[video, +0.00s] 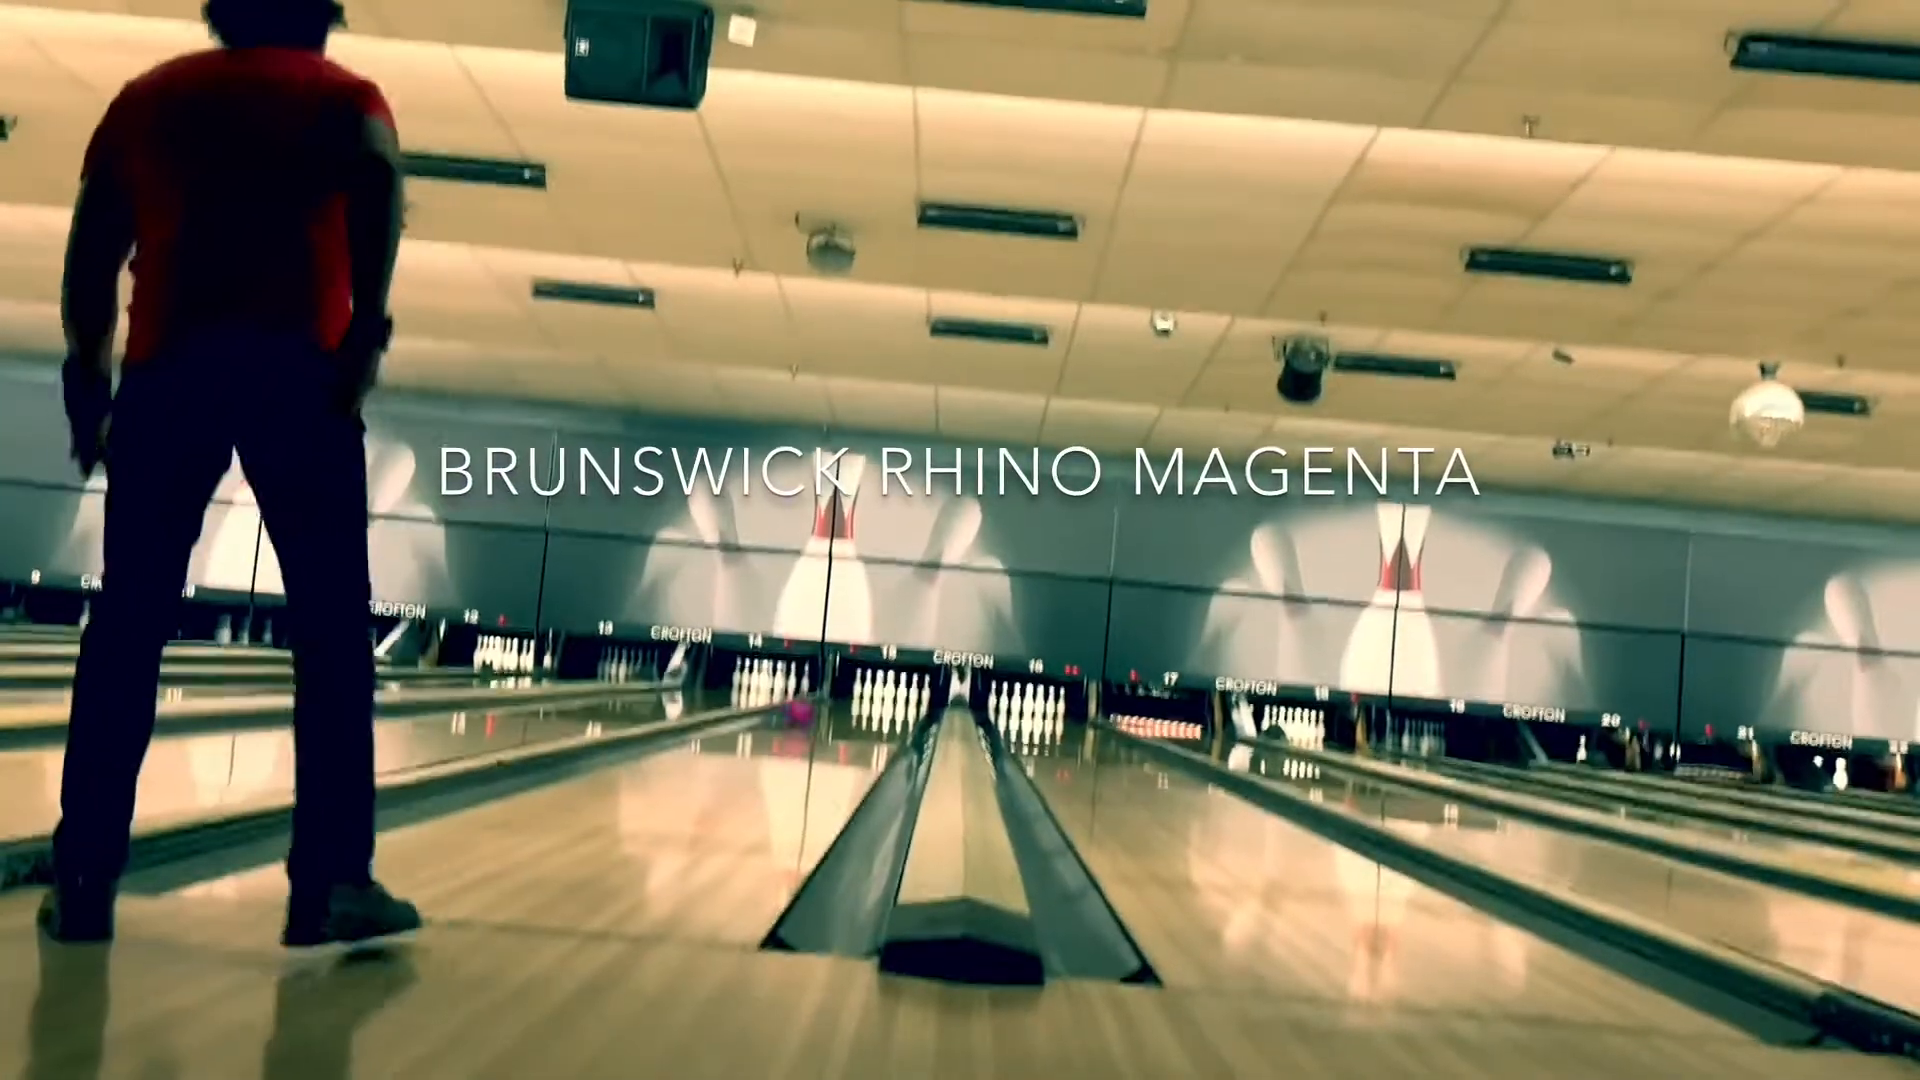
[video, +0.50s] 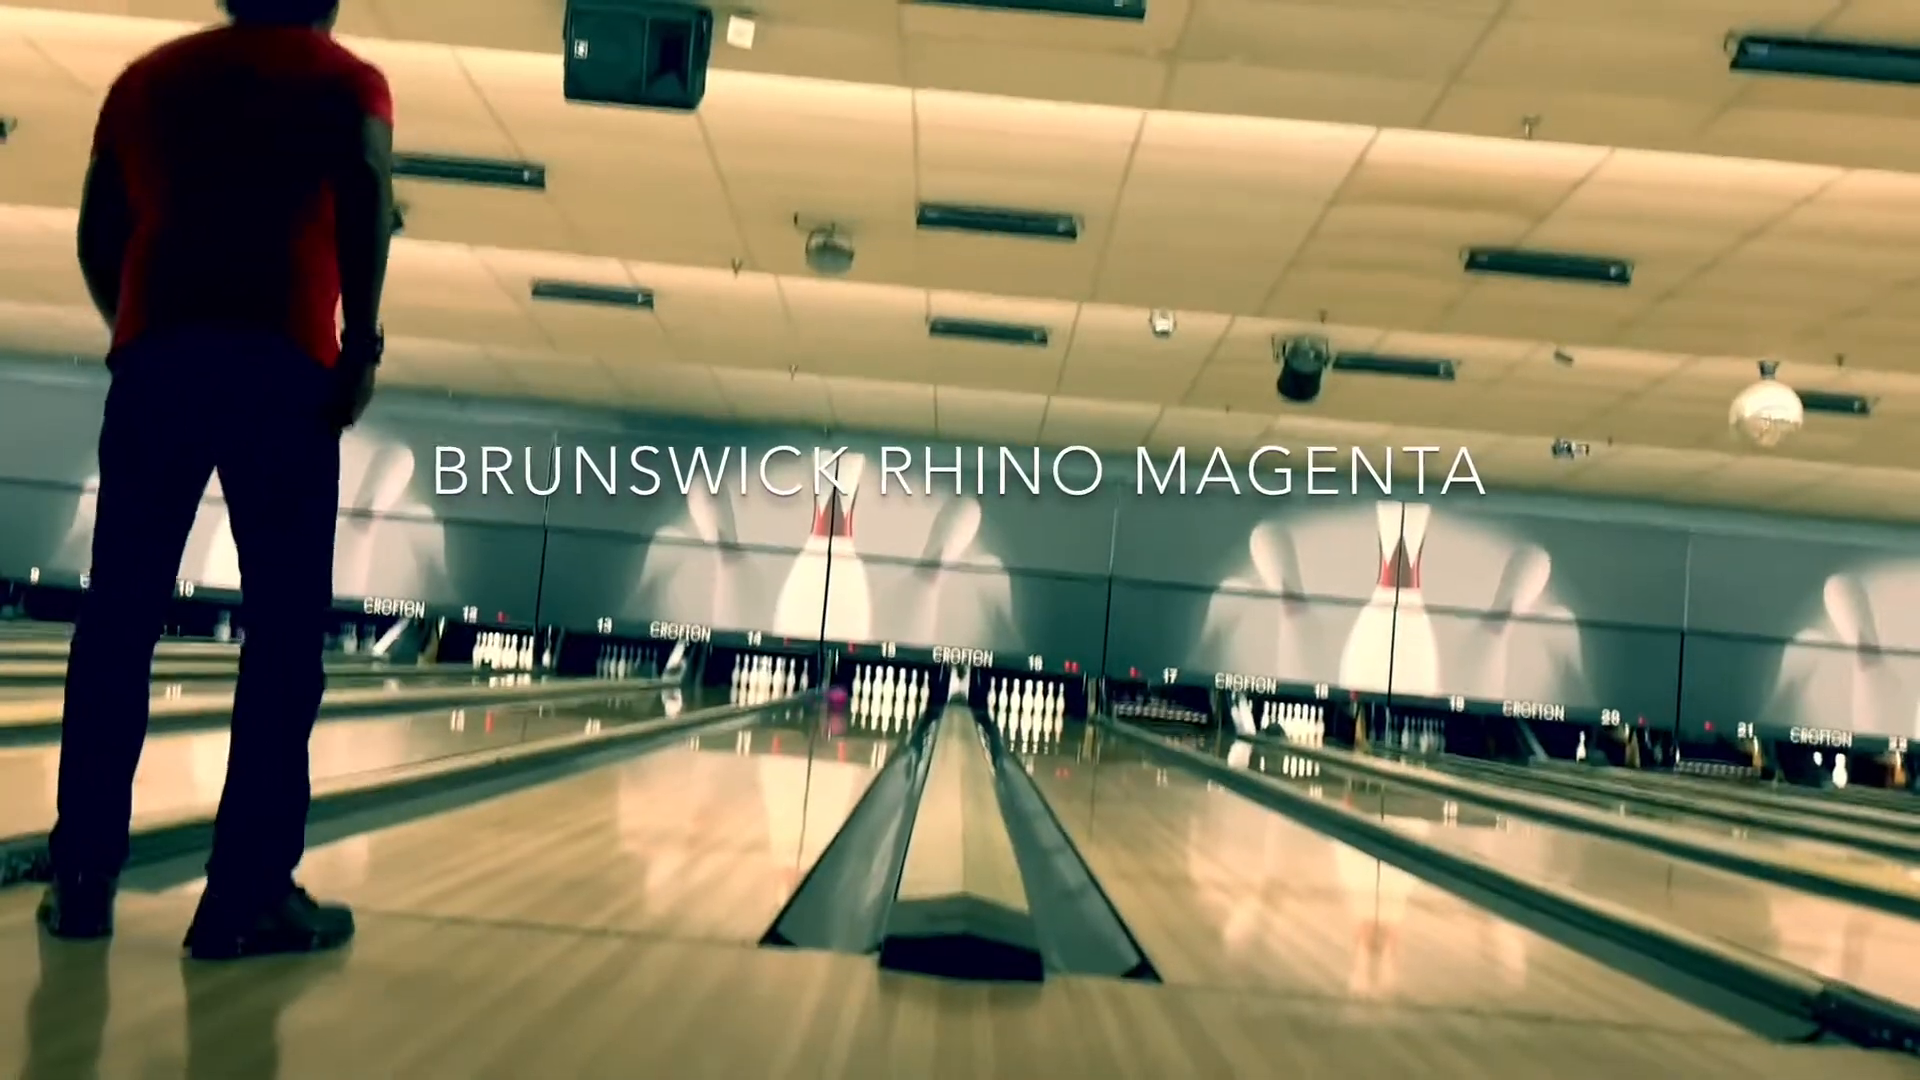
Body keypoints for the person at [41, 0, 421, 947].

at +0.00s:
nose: (328, 34)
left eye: (319, 29)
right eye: (328, 24)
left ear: (218, 18)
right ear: (320, 23)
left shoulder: (145, 99)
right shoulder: (353, 100)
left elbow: (91, 262)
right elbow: (376, 244)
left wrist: (87, 386)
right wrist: (354, 371)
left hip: (167, 382)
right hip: (301, 384)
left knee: (127, 621)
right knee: (334, 636)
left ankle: (83, 887)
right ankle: (331, 883)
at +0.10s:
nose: (322, 21)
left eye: (315, 16)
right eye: (320, 13)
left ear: (207, 7)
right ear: (312, 12)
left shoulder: (133, 90)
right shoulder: (340, 94)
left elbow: (78, 251)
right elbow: (354, 259)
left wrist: (98, 360)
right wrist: (333, 380)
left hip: (150, 381)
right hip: (284, 383)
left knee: (119, 627)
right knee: (309, 635)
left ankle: (81, 892)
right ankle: (288, 885)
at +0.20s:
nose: (310, 24)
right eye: (310, 15)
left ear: (203, 6)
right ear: (303, 10)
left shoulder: (127, 85)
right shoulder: (331, 88)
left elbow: (74, 246)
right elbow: (350, 236)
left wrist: (106, 334)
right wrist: (343, 344)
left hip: (143, 376)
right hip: (274, 376)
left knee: (114, 621)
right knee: (290, 631)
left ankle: (81, 888)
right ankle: (256, 883)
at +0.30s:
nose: (312, 22)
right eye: (312, 13)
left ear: (206, 2)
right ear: (303, 7)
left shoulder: (128, 79)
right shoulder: (331, 82)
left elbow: (78, 244)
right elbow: (349, 217)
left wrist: (126, 336)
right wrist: (350, 340)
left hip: (142, 374)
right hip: (271, 374)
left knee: (111, 625)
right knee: (279, 636)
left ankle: (80, 891)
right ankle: (241, 889)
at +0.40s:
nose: (323, 22)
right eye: (322, 14)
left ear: (214, 2)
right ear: (312, 8)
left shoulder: (133, 81)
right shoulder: (337, 83)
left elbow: (87, 248)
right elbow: (354, 214)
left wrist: (134, 340)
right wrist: (355, 341)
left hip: (144, 377)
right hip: (272, 377)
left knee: (113, 626)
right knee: (278, 642)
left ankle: (80, 890)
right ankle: (239, 895)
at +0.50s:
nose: (333, 21)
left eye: (323, 17)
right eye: (333, 13)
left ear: (228, 1)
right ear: (323, 7)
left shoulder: (143, 78)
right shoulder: (348, 81)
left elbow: (97, 240)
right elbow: (365, 217)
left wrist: (146, 333)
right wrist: (362, 343)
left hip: (154, 377)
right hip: (282, 379)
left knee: (117, 621)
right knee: (284, 639)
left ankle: (80, 887)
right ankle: (246, 898)